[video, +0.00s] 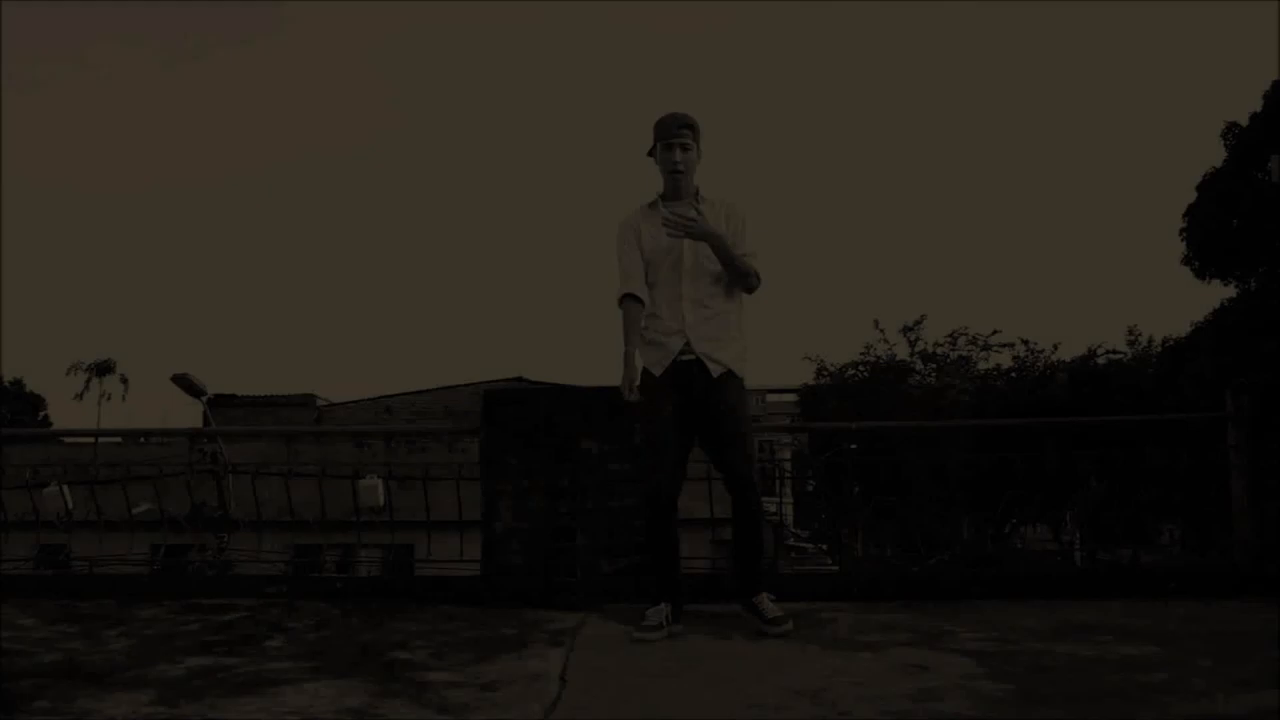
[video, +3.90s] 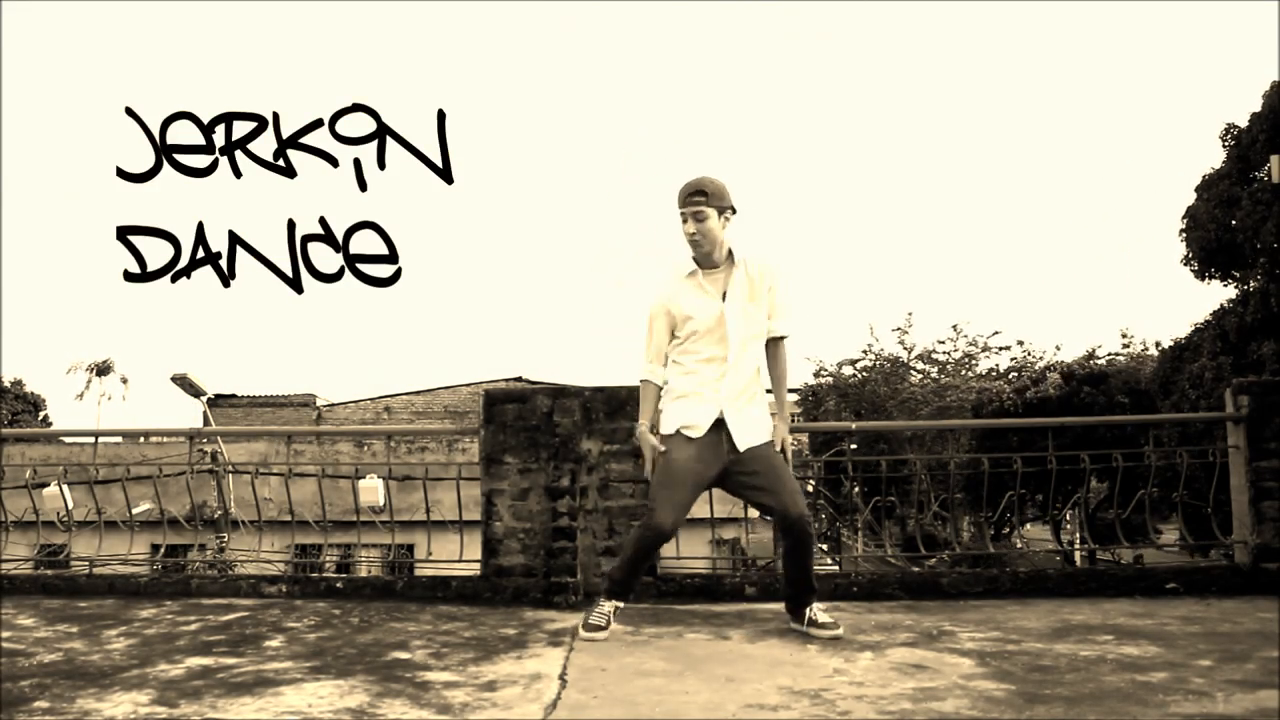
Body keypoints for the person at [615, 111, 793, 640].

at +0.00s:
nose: (677, 156)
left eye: (685, 148)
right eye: (668, 149)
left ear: (699, 155)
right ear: (655, 157)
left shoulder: (726, 216)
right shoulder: (637, 225)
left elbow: (749, 283)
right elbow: (632, 297)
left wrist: (711, 237)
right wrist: (631, 361)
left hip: (720, 366)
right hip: (661, 368)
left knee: (743, 481)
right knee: (659, 487)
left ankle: (755, 592)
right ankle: (662, 600)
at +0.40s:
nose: (680, 154)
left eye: (689, 147)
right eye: (672, 149)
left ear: (708, 152)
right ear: (663, 156)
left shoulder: (735, 200)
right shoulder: (644, 213)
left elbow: (749, 244)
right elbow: (584, 254)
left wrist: (700, 191)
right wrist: (594, 290)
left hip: (738, 363)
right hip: (677, 363)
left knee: (774, 472)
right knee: (654, 477)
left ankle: (769, 583)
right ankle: (640, 587)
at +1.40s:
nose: (656, 195)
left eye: (663, 183)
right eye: (646, 187)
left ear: (677, 178)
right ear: (634, 187)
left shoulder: (707, 226)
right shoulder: (628, 237)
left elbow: (734, 289)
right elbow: (613, 303)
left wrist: (676, 242)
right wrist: (614, 357)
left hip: (720, 376)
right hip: (660, 380)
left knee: (765, 477)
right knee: (643, 492)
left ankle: (786, 581)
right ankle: (627, 602)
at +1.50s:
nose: (680, 206)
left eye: (689, 196)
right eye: (672, 197)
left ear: (702, 190)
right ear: (658, 191)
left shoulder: (723, 238)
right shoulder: (637, 245)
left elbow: (740, 303)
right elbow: (632, 326)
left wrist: (675, 293)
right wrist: (628, 390)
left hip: (722, 381)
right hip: (662, 382)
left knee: (755, 486)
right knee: (641, 495)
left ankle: (749, 593)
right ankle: (627, 602)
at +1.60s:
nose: (681, 197)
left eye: (689, 187)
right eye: (673, 189)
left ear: (709, 184)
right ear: (666, 190)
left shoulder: (735, 239)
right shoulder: (645, 244)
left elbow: (741, 305)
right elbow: (633, 326)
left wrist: (691, 340)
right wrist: (627, 391)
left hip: (719, 391)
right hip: (657, 389)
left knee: (745, 494)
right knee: (631, 485)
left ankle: (745, 601)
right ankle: (622, 596)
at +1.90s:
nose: (643, 201)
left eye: (651, 192)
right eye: (637, 193)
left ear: (672, 189)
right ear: (630, 194)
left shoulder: (704, 243)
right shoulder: (621, 249)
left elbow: (736, 314)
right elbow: (608, 311)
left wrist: (759, 384)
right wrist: (609, 364)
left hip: (715, 393)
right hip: (652, 397)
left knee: (758, 495)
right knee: (633, 506)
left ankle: (788, 597)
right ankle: (609, 602)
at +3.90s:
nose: (690, 229)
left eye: (699, 218)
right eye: (684, 220)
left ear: (726, 219)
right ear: (680, 225)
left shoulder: (760, 279)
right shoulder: (671, 294)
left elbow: (776, 347)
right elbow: (653, 368)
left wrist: (781, 416)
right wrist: (643, 426)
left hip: (748, 425)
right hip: (688, 428)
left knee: (797, 517)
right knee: (661, 524)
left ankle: (801, 607)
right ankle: (610, 597)